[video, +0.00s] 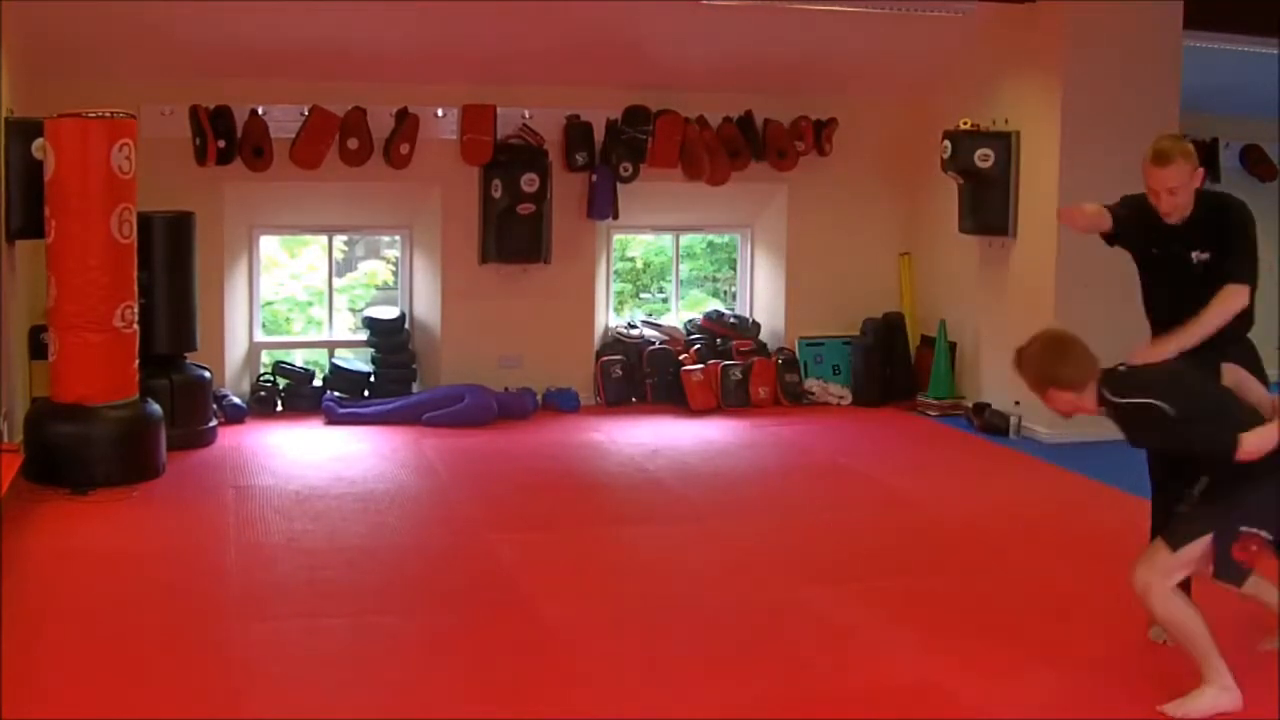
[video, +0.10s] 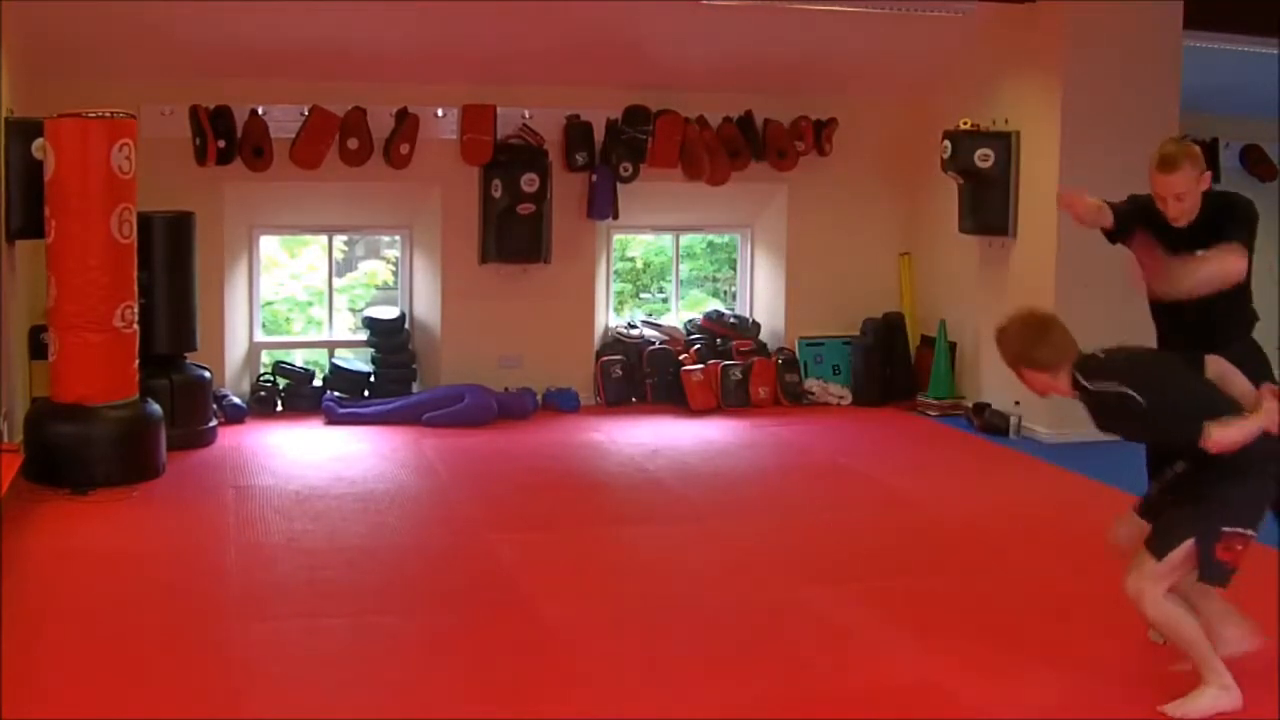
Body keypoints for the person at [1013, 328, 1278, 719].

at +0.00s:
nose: (1047, 404)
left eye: (1043, 397)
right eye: (1043, 398)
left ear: (1058, 395)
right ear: (1087, 363)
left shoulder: (1136, 413)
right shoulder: (1127, 377)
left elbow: (1246, 446)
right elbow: (1229, 371)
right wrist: (1272, 411)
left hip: (1250, 479)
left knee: (1151, 578)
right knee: (1204, 557)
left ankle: (1220, 684)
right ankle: (1279, 604)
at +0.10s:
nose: (1023, 382)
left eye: (1020, 374)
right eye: (1020, 373)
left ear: (1032, 376)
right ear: (1063, 343)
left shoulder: (1108, 397)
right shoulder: (1106, 363)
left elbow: (1210, 435)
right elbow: (1213, 365)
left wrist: (1260, 419)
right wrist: (1257, 407)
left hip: (1238, 473)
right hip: (1205, 462)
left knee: (1144, 586)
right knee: (1127, 536)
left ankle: (1218, 684)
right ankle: (1226, 626)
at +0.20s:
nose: (999, 339)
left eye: (995, 330)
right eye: (997, 329)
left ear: (1005, 331)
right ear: (1040, 306)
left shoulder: (1073, 356)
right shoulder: (1077, 337)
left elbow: (1168, 397)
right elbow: (1185, 357)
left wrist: (1230, 401)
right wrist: (1228, 388)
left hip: (1209, 455)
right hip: (1177, 449)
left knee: (1137, 587)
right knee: (1087, 518)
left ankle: (1221, 681)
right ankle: (1115, 654)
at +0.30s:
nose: (979, 289)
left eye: (977, 278)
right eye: (976, 278)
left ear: (987, 281)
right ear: (1021, 266)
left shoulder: (1033, 317)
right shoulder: (1061, 300)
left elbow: (1114, 368)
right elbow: (1163, 348)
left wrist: (1180, 391)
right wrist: (1192, 386)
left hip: (1156, 452)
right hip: (1135, 448)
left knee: (1122, 586)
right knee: (1037, 521)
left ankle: (1218, 674)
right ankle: (1019, 668)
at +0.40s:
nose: (957, 257)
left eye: (955, 248)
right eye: (957, 247)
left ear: (962, 250)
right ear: (1004, 235)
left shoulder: (994, 288)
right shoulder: (1035, 277)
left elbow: (1056, 353)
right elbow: (1123, 336)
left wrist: (1116, 389)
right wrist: (1140, 386)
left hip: (1088, 448)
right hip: (1075, 446)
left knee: (1067, 593)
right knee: (987, 542)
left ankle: (1185, 659)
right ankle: (977, 693)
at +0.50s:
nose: (931, 241)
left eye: (930, 232)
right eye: (934, 231)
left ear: (937, 235)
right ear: (984, 225)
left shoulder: (958, 283)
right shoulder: (1014, 275)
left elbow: (999, 363)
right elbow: (1086, 347)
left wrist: (1063, 406)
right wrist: (1093, 395)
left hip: (1027, 449)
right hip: (1037, 442)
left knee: (961, 589)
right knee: (943, 551)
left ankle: (1101, 648)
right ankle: (971, 692)